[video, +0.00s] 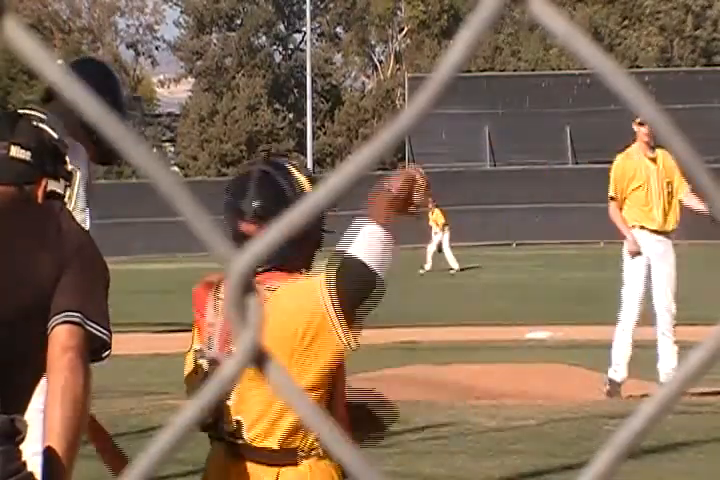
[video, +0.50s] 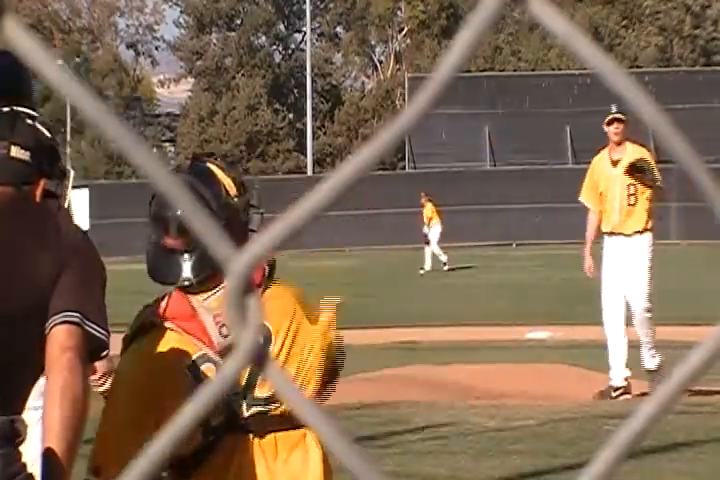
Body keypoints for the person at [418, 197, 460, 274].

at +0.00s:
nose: (430, 205)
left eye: (431, 203)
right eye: (429, 203)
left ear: (434, 204)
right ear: (428, 205)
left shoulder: (438, 212)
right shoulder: (430, 213)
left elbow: (442, 221)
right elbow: (431, 223)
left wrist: (440, 229)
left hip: (443, 229)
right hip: (436, 230)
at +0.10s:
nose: (426, 205)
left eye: (428, 203)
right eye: (425, 203)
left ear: (431, 203)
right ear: (425, 204)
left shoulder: (435, 211)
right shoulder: (428, 213)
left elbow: (438, 221)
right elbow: (430, 223)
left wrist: (437, 229)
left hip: (442, 229)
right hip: (434, 230)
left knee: (445, 248)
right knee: (428, 249)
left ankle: (454, 266)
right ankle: (427, 267)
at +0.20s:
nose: (424, 204)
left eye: (425, 202)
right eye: (423, 202)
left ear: (429, 203)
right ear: (423, 203)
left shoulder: (433, 210)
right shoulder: (425, 212)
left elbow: (435, 220)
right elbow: (427, 221)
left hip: (439, 227)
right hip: (432, 228)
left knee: (443, 246)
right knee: (428, 247)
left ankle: (452, 265)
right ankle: (427, 266)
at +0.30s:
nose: (422, 203)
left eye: (423, 201)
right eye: (421, 201)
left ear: (426, 201)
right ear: (421, 203)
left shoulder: (430, 209)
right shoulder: (425, 210)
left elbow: (431, 221)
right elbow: (427, 222)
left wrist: (430, 231)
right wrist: (428, 233)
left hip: (438, 227)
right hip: (431, 227)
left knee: (439, 244)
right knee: (427, 246)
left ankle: (450, 264)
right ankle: (427, 266)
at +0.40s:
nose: (421, 201)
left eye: (422, 199)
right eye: (421, 199)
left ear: (426, 200)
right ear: (421, 201)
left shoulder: (429, 208)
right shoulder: (425, 209)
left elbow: (429, 222)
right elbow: (426, 223)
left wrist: (428, 234)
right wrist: (427, 235)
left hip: (436, 225)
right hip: (430, 226)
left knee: (436, 243)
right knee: (428, 245)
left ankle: (447, 262)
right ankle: (427, 266)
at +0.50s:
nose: (421, 200)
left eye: (423, 198)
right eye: (421, 198)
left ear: (426, 199)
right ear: (423, 199)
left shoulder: (429, 206)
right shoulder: (426, 208)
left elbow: (427, 216)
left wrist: (426, 225)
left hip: (436, 225)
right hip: (430, 225)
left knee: (433, 243)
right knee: (428, 245)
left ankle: (444, 259)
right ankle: (427, 265)